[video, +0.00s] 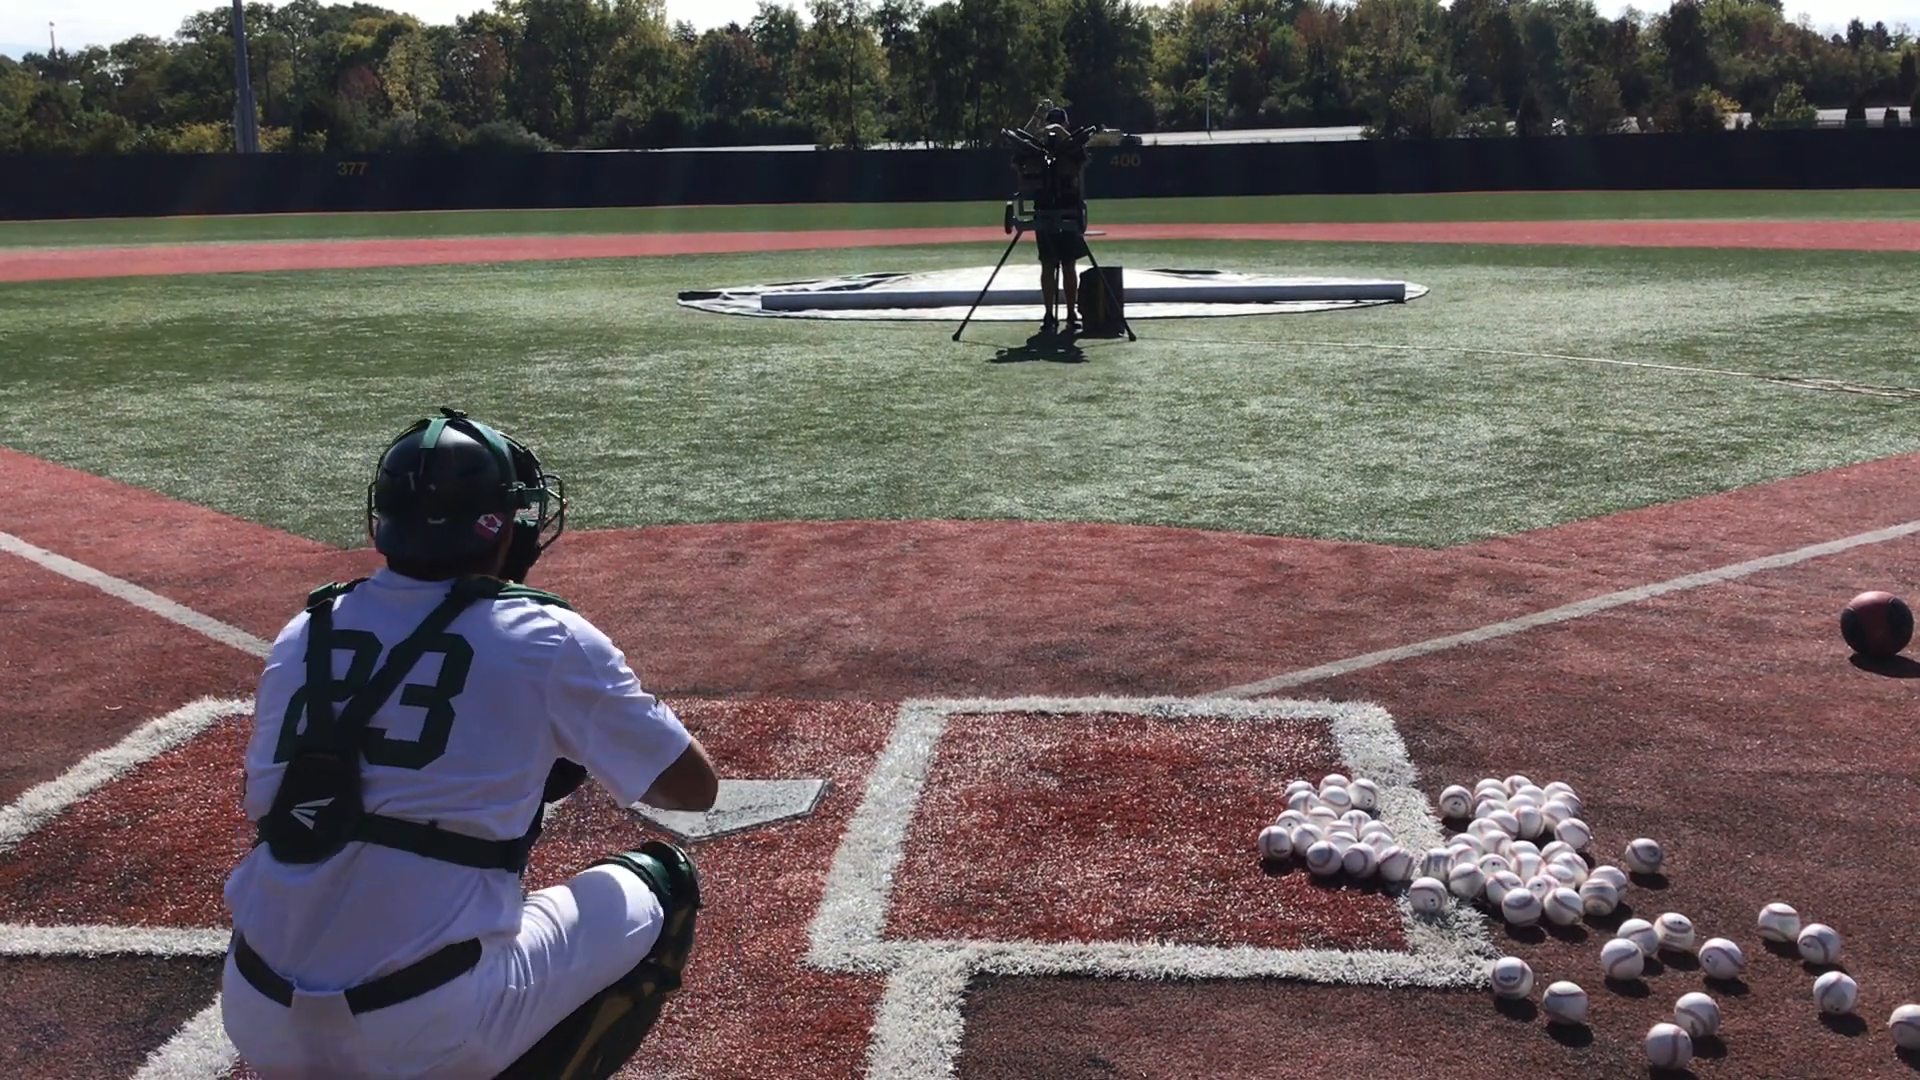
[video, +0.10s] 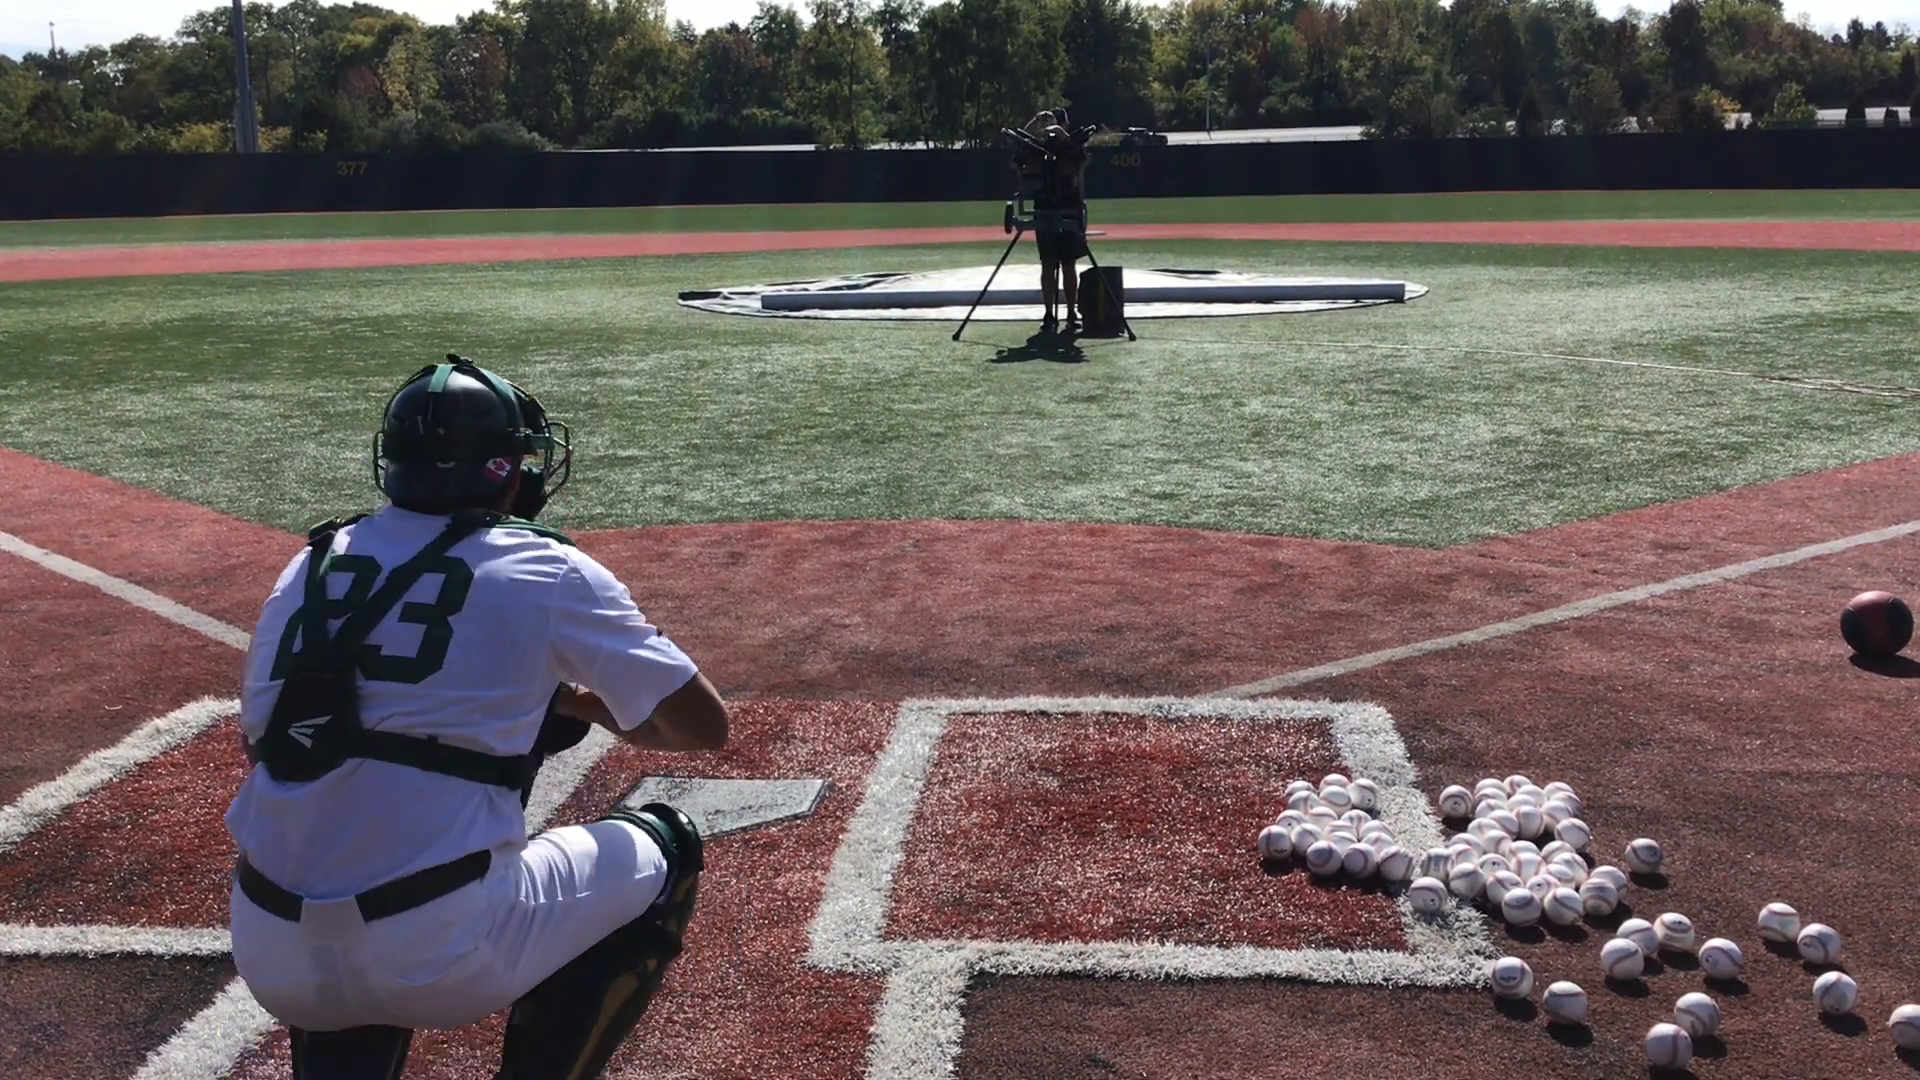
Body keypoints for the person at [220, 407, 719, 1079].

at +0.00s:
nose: (529, 529)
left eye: (526, 512)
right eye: (521, 516)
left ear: (385, 527)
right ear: (499, 534)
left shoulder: (307, 627)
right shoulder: (547, 639)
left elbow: (262, 801)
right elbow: (694, 786)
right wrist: (592, 746)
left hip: (259, 1024)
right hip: (420, 1039)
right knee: (665, 884)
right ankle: (544, 1067)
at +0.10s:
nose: (533, 471)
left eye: (528, 455)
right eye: (525, 459)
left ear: (395, 465)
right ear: (504, 476)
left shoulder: (315, 557)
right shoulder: (546, 571)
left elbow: (260, 731)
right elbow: (703, 724)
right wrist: (581, 698)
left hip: (273, 956)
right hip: (435, 955)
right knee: (663, 850)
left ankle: (340, 1065)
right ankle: (543, 1066)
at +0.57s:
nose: (531, 537)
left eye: (530, 521)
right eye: (524, 522)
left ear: (397, 525)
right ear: (499, 535)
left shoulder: (316, 615)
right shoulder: (520, 626)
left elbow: (239, 763)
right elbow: (710, 768)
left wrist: (463, 814)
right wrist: (567, 811)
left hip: (202, 977)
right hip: (374, 982)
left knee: (200, 885)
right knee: (681, 863)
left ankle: (170, 1069)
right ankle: (672, 1065)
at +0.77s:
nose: (506, 556)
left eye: (503, 540)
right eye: (499, 541)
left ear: (370, 543)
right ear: (474, 557)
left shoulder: (299, 623)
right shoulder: (476, 655)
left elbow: (195, 786)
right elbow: (691, 777)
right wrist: (602, 798)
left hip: (159, 993)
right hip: (292, 1012)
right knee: (640, 861)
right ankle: (655, 1061)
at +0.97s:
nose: (493, 560)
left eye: (491, 544)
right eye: (484, 549)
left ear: (354, 559)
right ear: (457, 571)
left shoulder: (303, 629)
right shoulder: (429, 677)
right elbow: (641, 791)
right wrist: (686, 837)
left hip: (196, 1000)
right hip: (278, 1029)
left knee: (445, 794)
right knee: (611, 865)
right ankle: (655, 1060)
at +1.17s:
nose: (472, 592)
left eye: (469, 576)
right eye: (465, 578)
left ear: (342, 592)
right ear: (443, 599)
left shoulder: (303, 662)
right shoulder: (399, 700)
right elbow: (558, 809)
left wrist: (477, 718)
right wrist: (666, 842)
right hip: (258, 1038)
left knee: (414, 848)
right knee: (564, 885)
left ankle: (437, 1048)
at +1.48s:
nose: (468, 593)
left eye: (466, 577)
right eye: (461, 578)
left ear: (338, 581)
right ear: (435, 589)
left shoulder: (284, 647)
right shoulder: (387, 690)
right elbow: (551, 799)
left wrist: (450, 649)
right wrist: (647, 831)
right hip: (248, 1020)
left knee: (455, 1032)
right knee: (568, 883)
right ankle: (637, 1061)